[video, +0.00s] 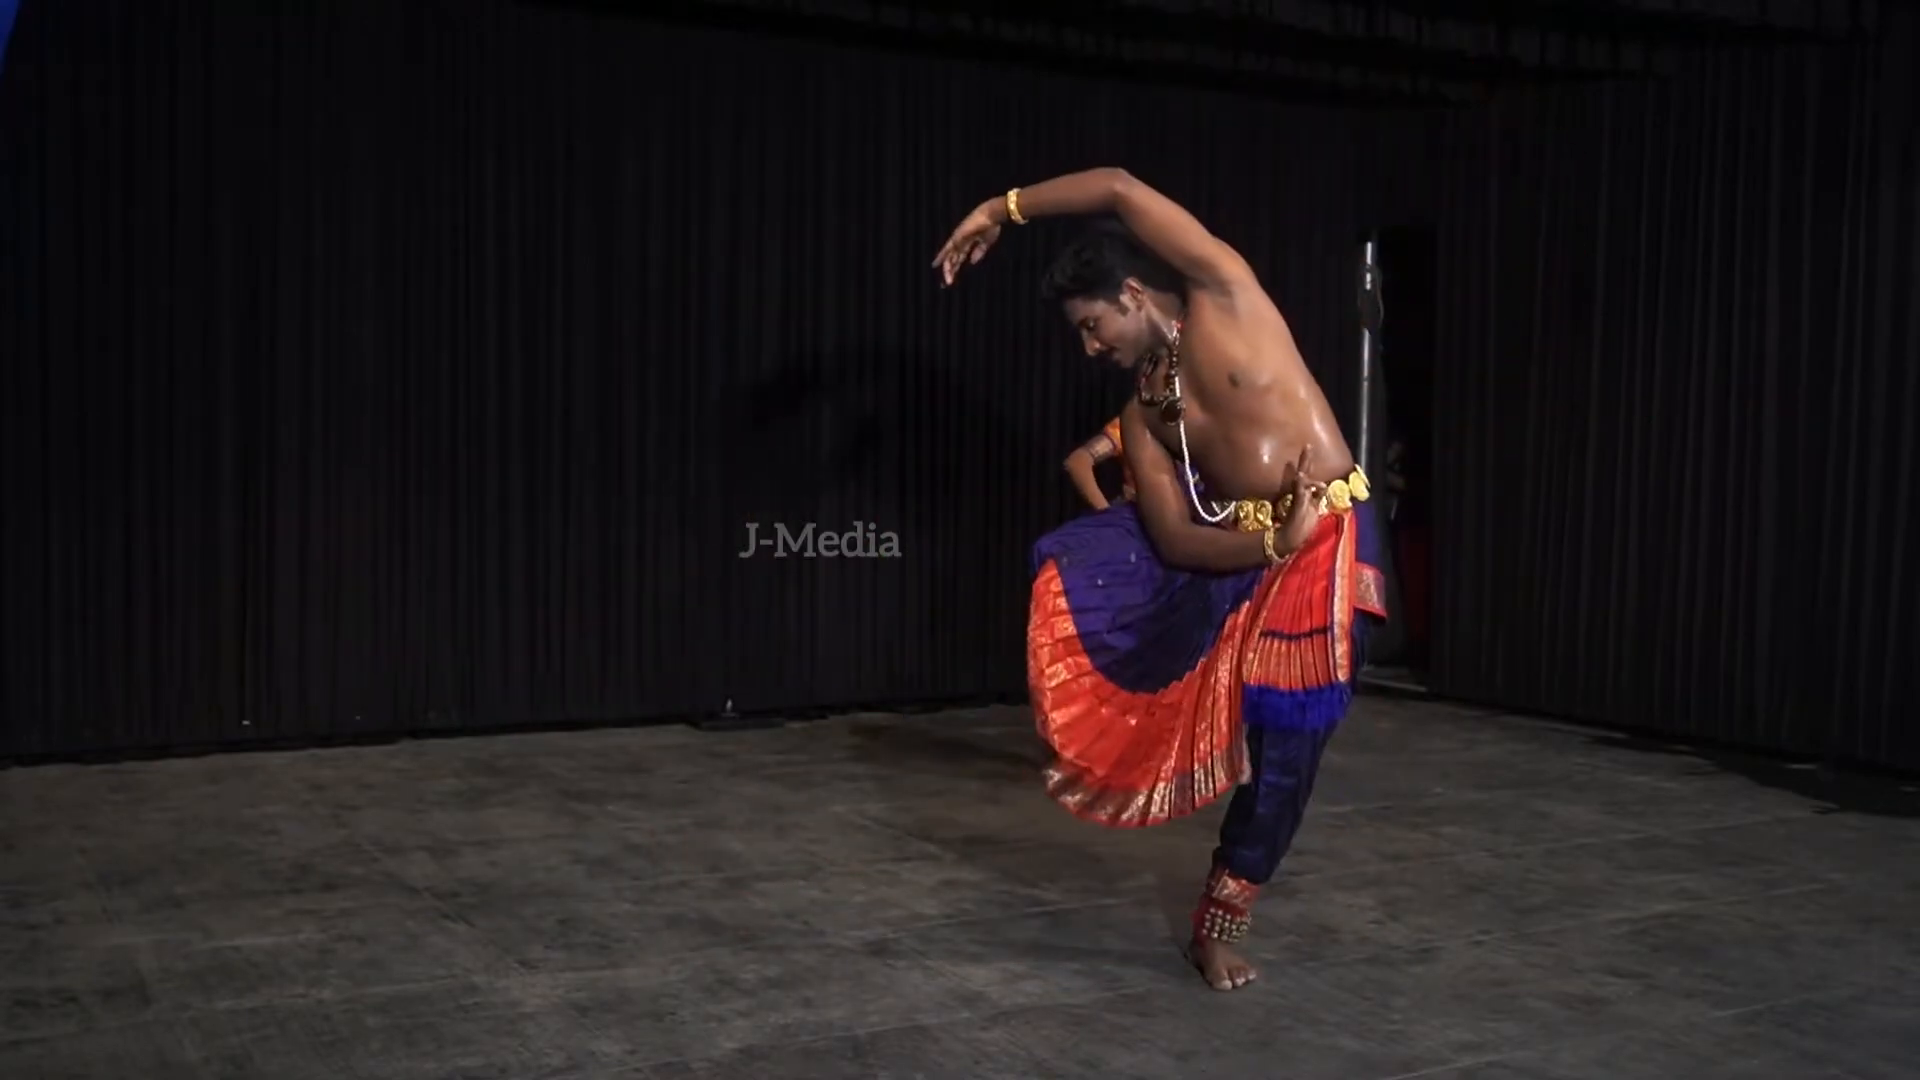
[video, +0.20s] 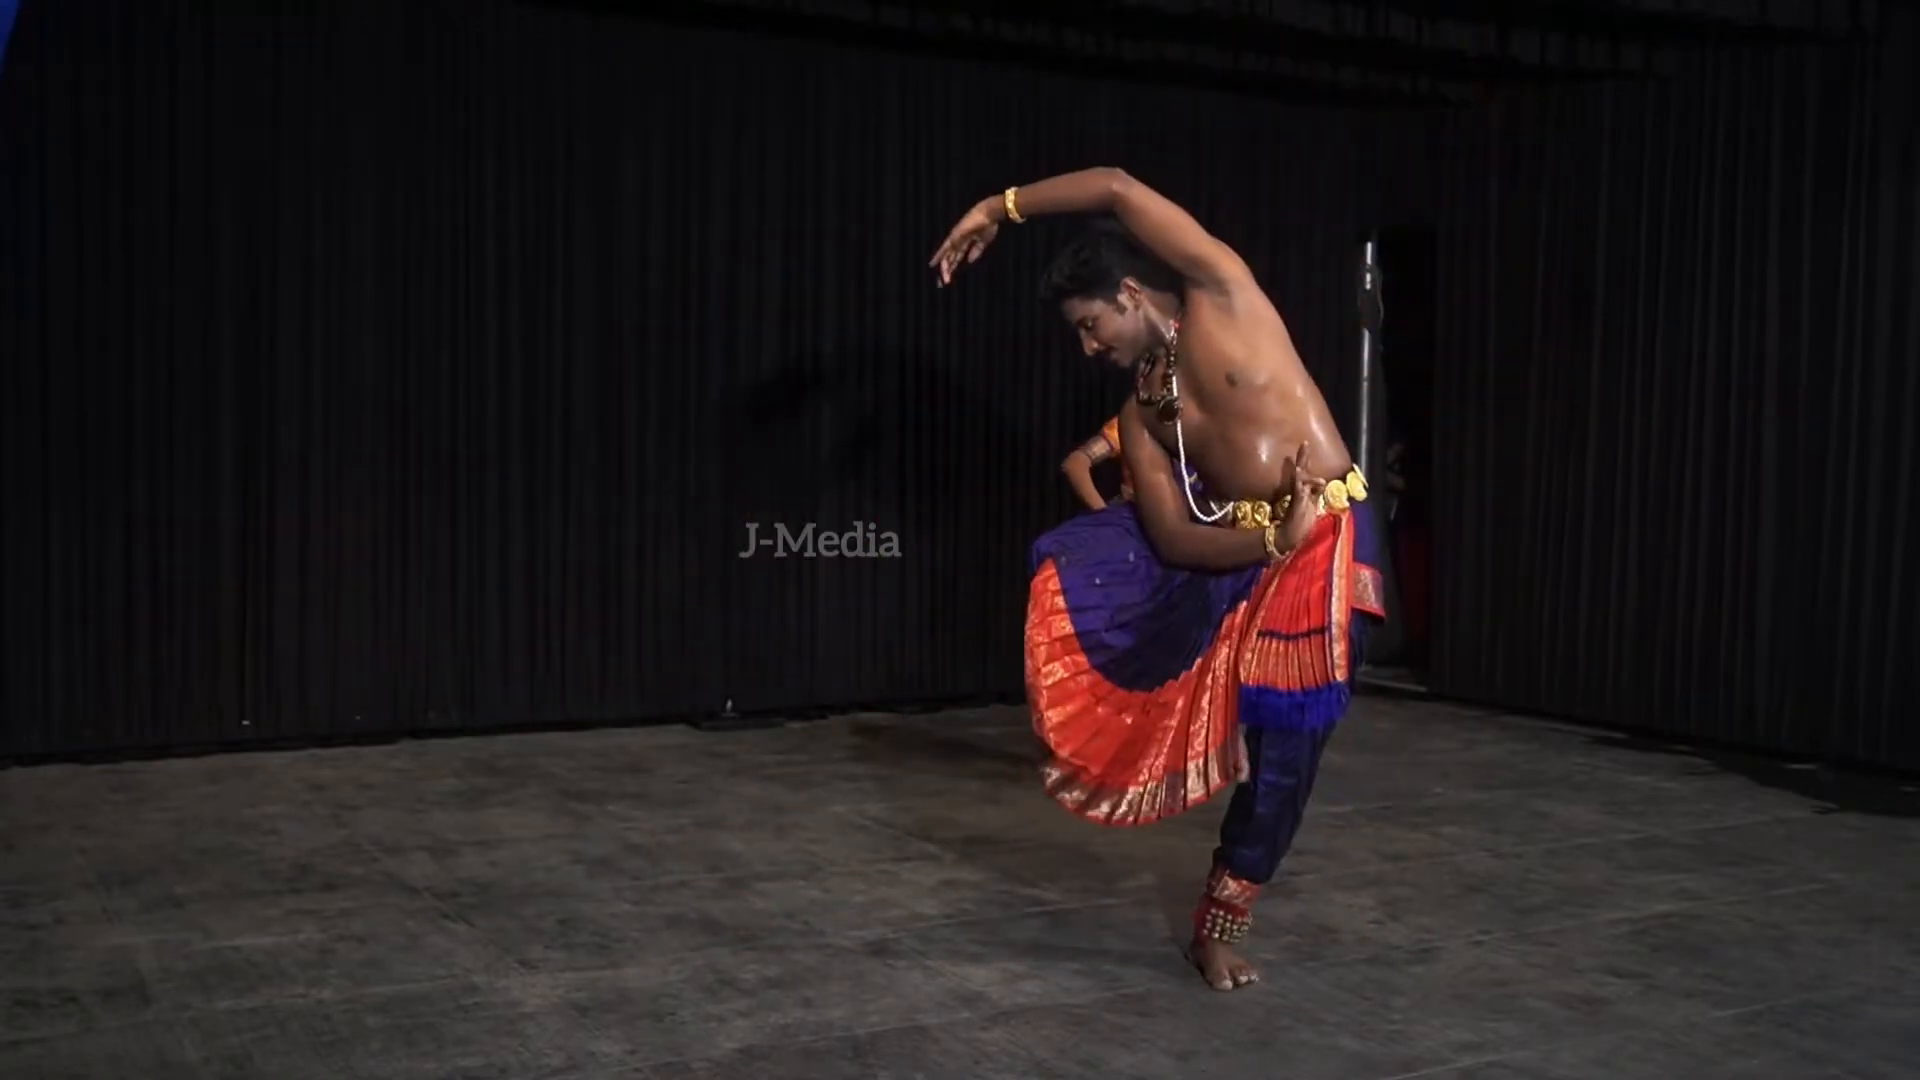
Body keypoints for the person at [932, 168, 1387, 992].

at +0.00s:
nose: (1090, 348)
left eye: (1093, 326)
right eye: (1080, 335)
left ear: (1137, 295)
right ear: (1113, 316)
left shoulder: (1221, 290)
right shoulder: (1142, 419)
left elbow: (1119, 186)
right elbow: (1175, 539)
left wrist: (1003, 209)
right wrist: (1274, 542)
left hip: (1323, 530)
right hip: (1227, 544)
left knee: (1292, 745)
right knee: (1071, 567)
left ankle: (1223, 921)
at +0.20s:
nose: (1088, 348)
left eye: (1090, 326)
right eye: (1079, 334)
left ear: (1134, 294)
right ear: (1114, 314)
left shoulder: (1218, 288)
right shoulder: (1140, 418)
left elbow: (1116, 185)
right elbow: (1175, 538)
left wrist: (1001, 206)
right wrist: (1275, 541)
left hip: (1324, 528)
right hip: (1227, 545)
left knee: (1292, 741)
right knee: (1068, 565)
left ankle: (1224, 922)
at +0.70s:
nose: (1138, 296)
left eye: (1154, 278)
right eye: (1133, 281)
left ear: (1210, 282)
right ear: (1138, 290)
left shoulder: (1275, 339)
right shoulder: (1125, 394)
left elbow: (1277, 182)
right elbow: (1107, 530)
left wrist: (1194, 95)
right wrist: (1211, 577)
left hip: (1241, 605)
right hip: (1133, 591)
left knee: (1270, 796)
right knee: (990, 662)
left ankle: (1221, 929)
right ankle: (965, 818)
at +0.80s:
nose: (1181, 280)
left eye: (1200, 266)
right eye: (1171, 267)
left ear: (1242, 289)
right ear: (1157, 284)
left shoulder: (1278, 368)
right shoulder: (1117, 378)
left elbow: (1335, 224)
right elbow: (1062, 502)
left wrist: (1300, 105)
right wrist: (1147, 577)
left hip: (1202, 613)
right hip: (1083, 597)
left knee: (1254, 795)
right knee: (950, 702)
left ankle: (1218, 935)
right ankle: (891, 866)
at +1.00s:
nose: (1217, 328)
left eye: (1231, 322)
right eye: (1202, 309)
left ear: (1236, 351)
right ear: (1151, 322)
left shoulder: (1220, 431)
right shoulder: (1063, 387)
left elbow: (1336, 350)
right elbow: (947, 449)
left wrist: (1419, 258)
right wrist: (1017, 541)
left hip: (1113, 621)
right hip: (997, 603)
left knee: (1197, 768)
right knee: (851, 714)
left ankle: (1210, 928)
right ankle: (838, 886)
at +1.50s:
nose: (984, 438)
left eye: (995, 426)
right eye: (979, 416)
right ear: (937, 387)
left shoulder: (940, 505)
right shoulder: (826, 392)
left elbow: (1009, 601)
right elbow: (705, 346)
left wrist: (1086, 700)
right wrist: (763, 433)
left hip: (811, 600)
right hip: (718, 586)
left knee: (892, 732)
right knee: (734, 760)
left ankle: (776, 842)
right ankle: (823, 896)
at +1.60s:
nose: (946, 433)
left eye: (957, 422)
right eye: (941, 413)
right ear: (899, 384)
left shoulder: (905, 496)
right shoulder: (793, 388)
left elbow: (929, 601)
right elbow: (670, 349)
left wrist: (963, 708)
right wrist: (731, 434)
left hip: (778, 595)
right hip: (692, 573)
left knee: (836, 744)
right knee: (723, 744)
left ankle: (687, 799)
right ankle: (820, 889)